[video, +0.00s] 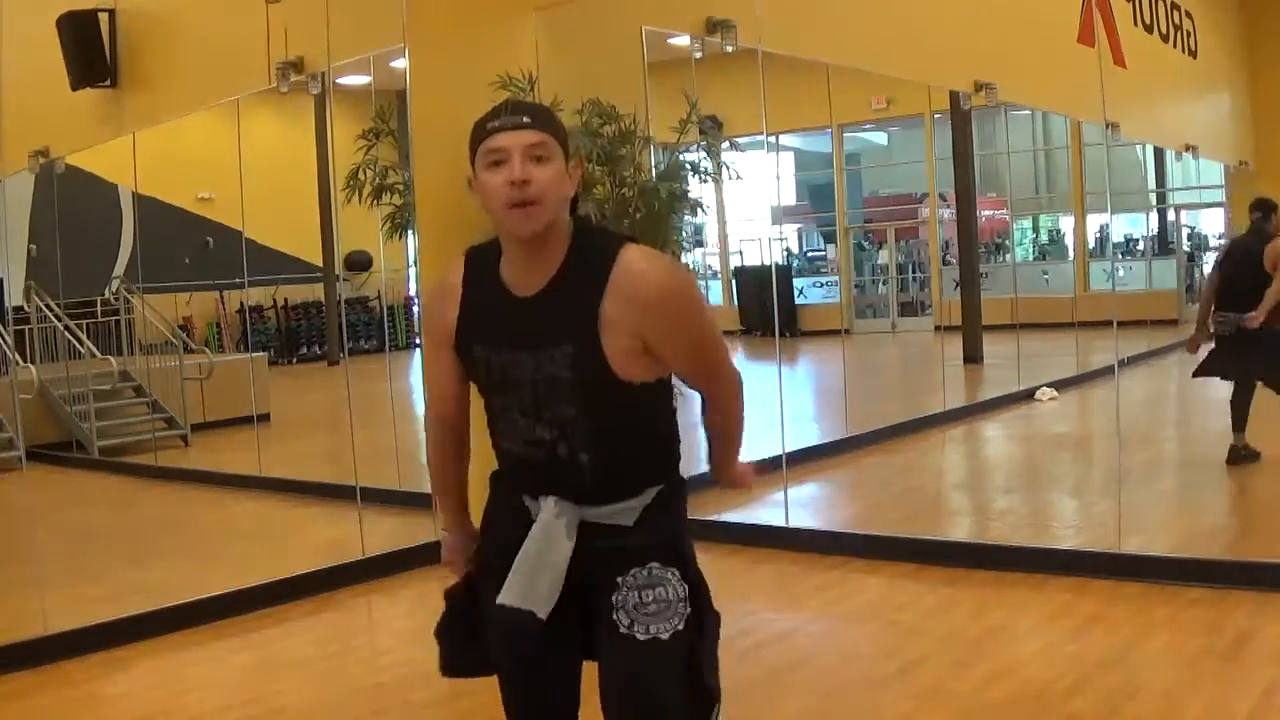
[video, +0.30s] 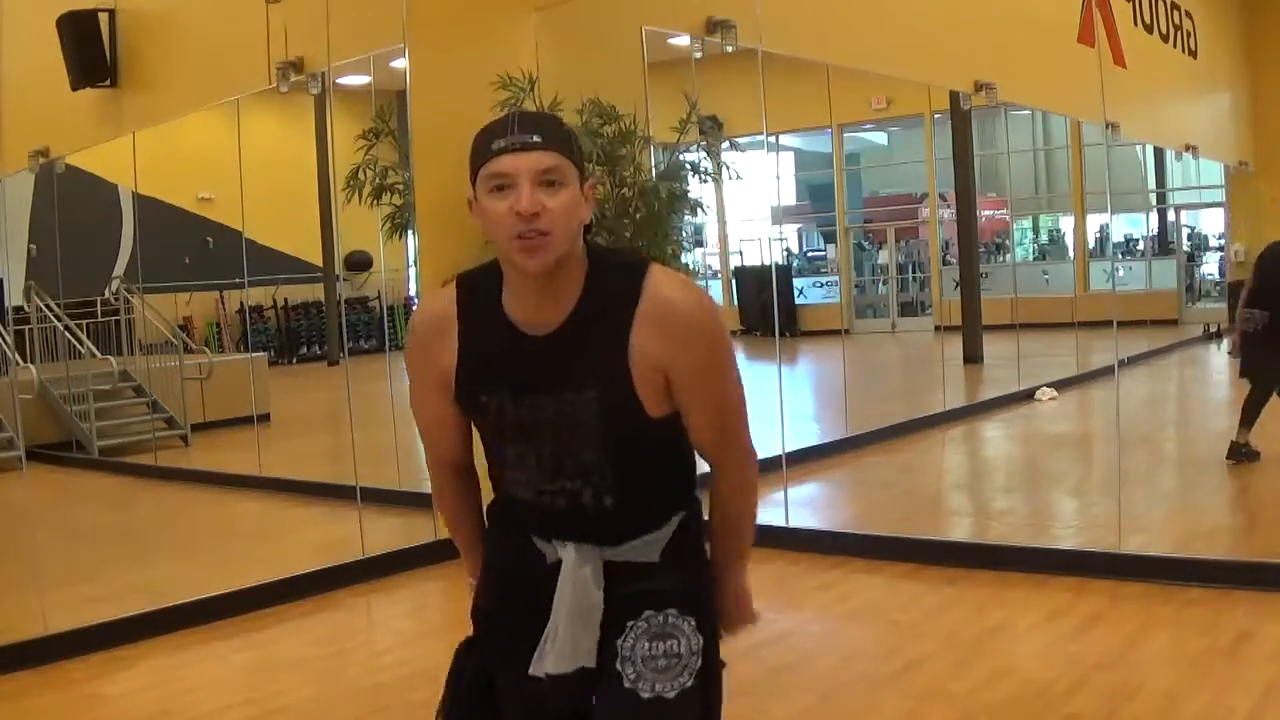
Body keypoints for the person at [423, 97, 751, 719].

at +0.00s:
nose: (517, 174)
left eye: (537, 157)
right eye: (497, 161)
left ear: (573, 177)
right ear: (475, 189)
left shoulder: (645, 282)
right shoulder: (456, 292)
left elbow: (720, 383)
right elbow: (446, 418)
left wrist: (727, 468)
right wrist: (454, 525)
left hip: (636, 536)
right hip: (523, 536)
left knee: (650, 705)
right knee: (532, 706)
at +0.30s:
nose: (527, 206)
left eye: (550, 183)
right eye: (502, 188)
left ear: (587, 198)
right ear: (476, 209)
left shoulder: (669, 310)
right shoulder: (442, 325)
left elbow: (731, 459)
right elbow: (450, 470)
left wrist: (729, 578)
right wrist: (481, 572)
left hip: (652, 581)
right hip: (525, 579)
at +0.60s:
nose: (559, 206)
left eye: (585, 179)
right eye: (530, 184)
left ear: (626, 190)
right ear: (500, 205)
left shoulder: (720, 308)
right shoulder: (455, 327)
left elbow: (758, 490)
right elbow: (466, 473)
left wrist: (759, 641)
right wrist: (499, 582)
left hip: (691, 576)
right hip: (554, 580)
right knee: (546, 707)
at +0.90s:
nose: (625, 187)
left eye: (652, 163)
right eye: (598, 165)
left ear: (694, 182)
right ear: (570, 192)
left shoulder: (777, 307)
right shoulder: (527, 307)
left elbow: (854, 466)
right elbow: (521, 452)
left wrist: (869, 602)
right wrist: (539, 576)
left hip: (736, 581)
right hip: (600, 573)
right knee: (572, 703)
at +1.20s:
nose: (797, 146)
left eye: (816, 130)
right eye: (770, 131)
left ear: (840, 156)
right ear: (732, 165)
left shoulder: (904, 273)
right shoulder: (673, 293)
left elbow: (927, 346)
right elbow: (643, 446)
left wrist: (841, 427)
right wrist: (663, 573)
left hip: (850, 560)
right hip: (720, 561)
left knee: (844, 705)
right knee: (678, 704)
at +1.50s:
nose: (1133, 74)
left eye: (1129, 56)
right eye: (1116, 53)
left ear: (1068, 65)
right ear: (1055, 60)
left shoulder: (1072, 189)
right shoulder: (957, 161)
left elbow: (1077, 331)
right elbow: (922, 334)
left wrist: (1088, 459)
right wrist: (964, 501)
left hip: (992, 428)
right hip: (895, 431)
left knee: (1092, 584)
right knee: (869, 647)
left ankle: (1092, 712)